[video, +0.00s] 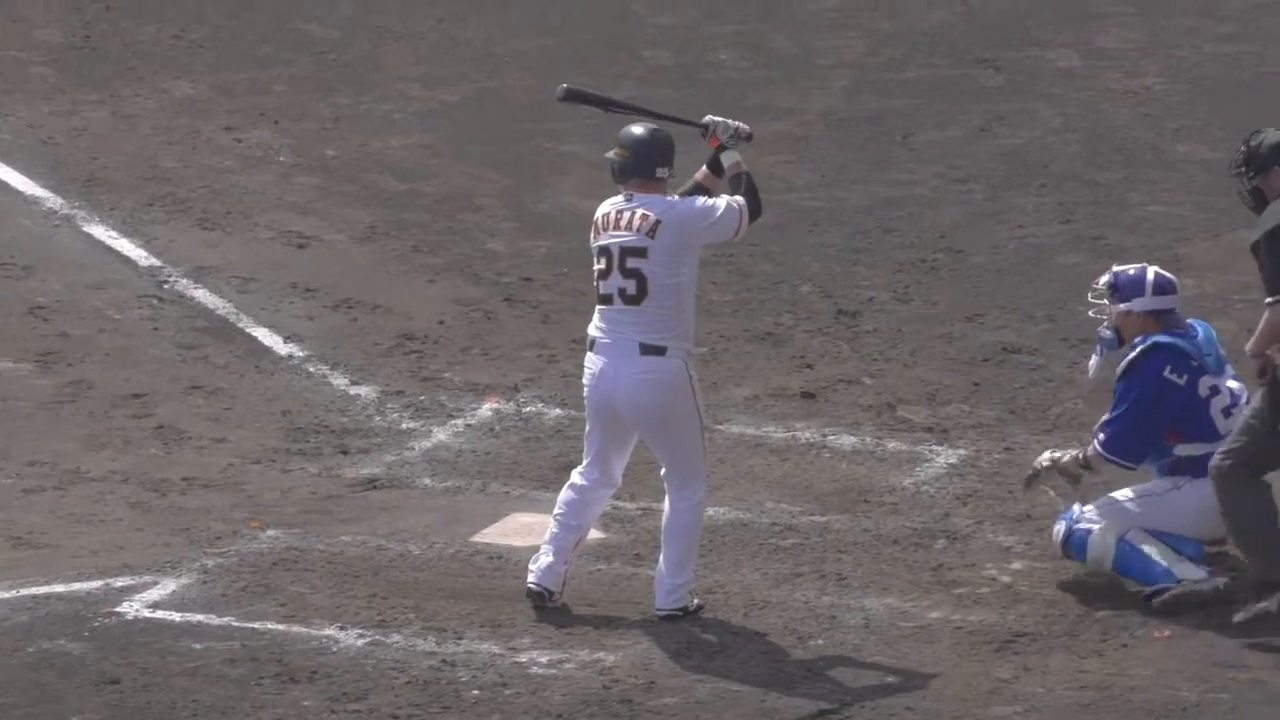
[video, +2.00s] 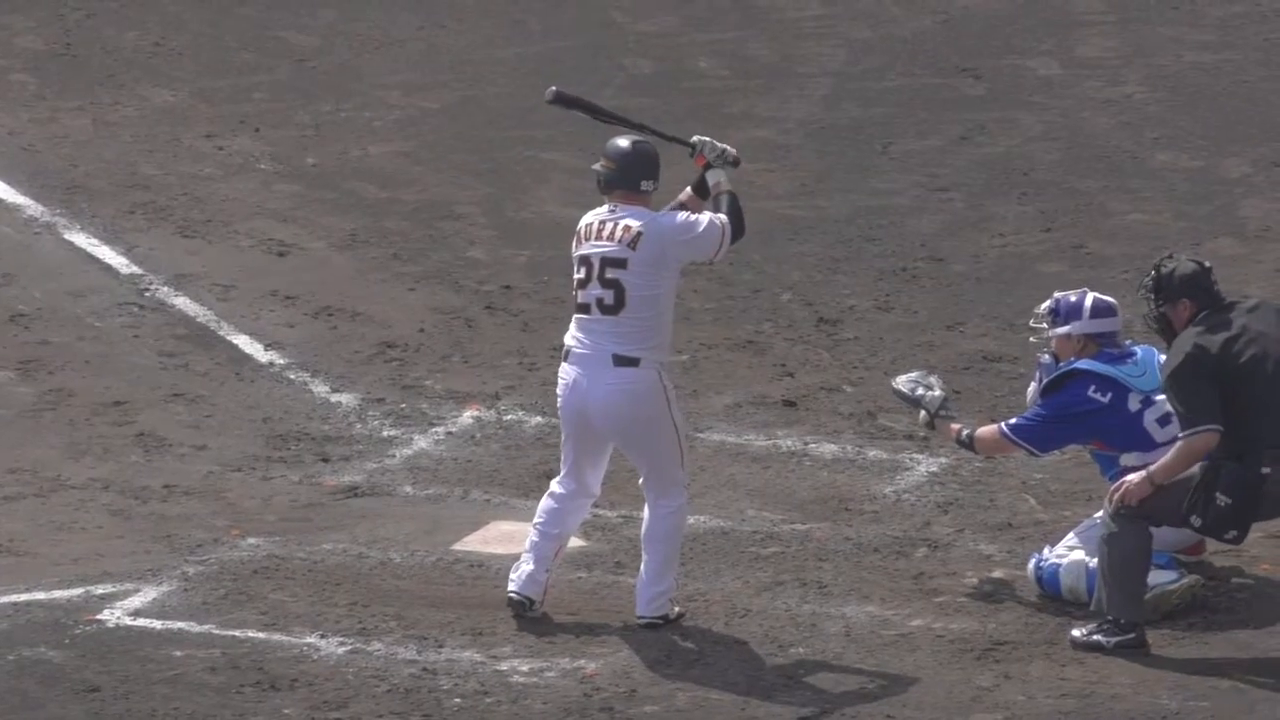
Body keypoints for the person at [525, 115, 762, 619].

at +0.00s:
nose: (614, 172)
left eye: (617, 166)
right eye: (666, 166)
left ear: (620, 170)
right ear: (667, 168)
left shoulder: (604, 215)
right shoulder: (683, 215)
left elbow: (681, 202)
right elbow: (749, 208)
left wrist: (718, 155)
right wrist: (734, 161)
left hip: (600, 365)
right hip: (660, 371)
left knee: (595, 472)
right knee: (685, 482)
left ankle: (544, 574)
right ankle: (673, 596)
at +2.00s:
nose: (599, 179)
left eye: (603, 173)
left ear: (605, 179)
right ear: (653, 181)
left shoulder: (587, 225)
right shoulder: (665, 229)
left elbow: (662, 220)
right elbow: (731, 226)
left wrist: (704, 176)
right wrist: (720, 178)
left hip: (574, 377)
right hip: (636, 383)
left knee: (573, 481)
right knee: (666, 491)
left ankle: (525, 583)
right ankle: (654, 604)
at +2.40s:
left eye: (582, 197)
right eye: (630, 199)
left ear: (584, 199)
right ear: (627, 202)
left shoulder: (567, 242)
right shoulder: (638, 245)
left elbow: (641, 278)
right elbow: (708, 263)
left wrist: (710, 232)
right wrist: (705, 219)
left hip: (539, 392)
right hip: (599, 402)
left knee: (592, 435)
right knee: (632, 501)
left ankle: (554, 515)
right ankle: (619, 608)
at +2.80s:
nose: (594, 215)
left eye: (548, 201)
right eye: (593, 207)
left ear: (551, 205)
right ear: (591, 208)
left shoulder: (537, 243)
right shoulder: (598, 246)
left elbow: (607, 293)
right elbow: (668, 272)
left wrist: (666, 261)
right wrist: (672, 237)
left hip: (499, 381)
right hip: (548, 394)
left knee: (587, 404)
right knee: (598, 484)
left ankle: (532, 499)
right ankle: (601, 587)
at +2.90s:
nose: (538, 210)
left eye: (541, 204)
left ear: (545, 208)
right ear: (582, 212)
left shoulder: (530, 245)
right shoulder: (588, 247)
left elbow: (604, 295)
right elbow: (656, 268)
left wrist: (667, 263)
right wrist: (662, 239)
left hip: (490, 378)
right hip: (539, 389)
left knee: (534, 429)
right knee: (594, 479)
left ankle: (480, 506)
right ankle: (603, 581)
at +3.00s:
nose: (529, 218)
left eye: (531, 212)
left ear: (535, 215)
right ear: (570, 218)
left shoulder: (522, 250)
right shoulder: (573, 251)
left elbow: (593, 293)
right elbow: (638, 265)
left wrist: (651, 261)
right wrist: (647, 239)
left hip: (481, 376)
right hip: (528, 387)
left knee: (480, 448)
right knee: (587, 473)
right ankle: (603, 571)